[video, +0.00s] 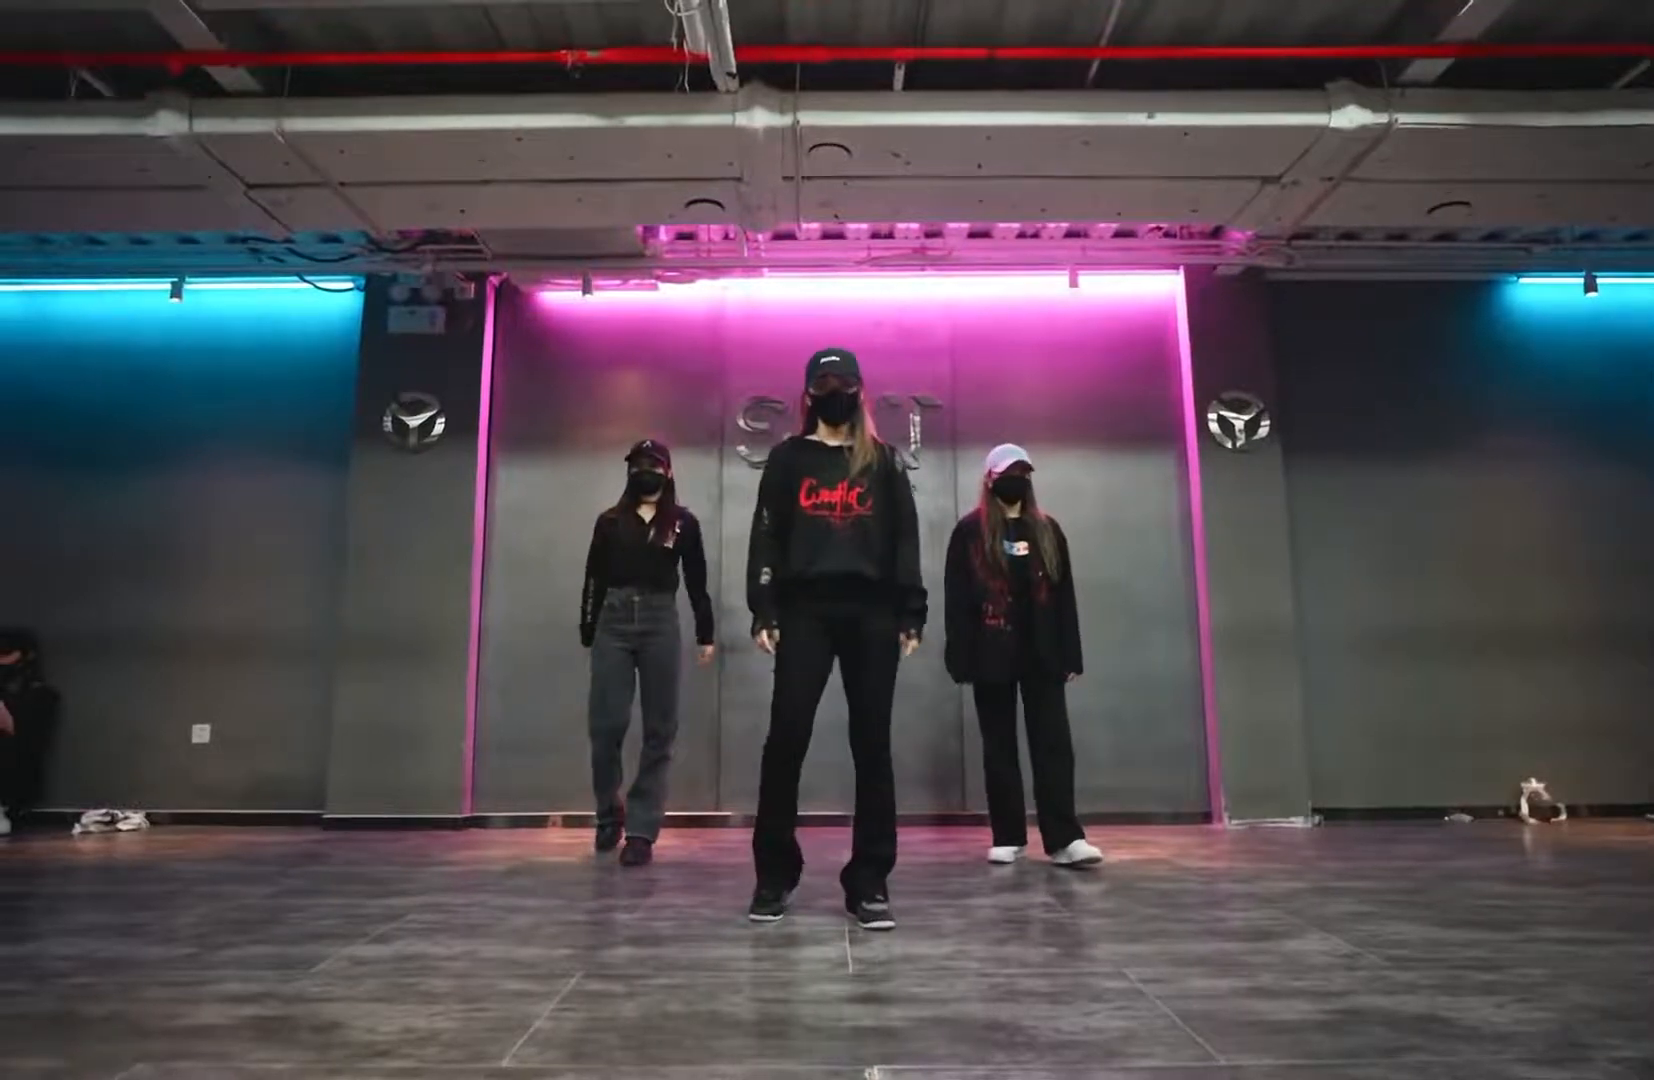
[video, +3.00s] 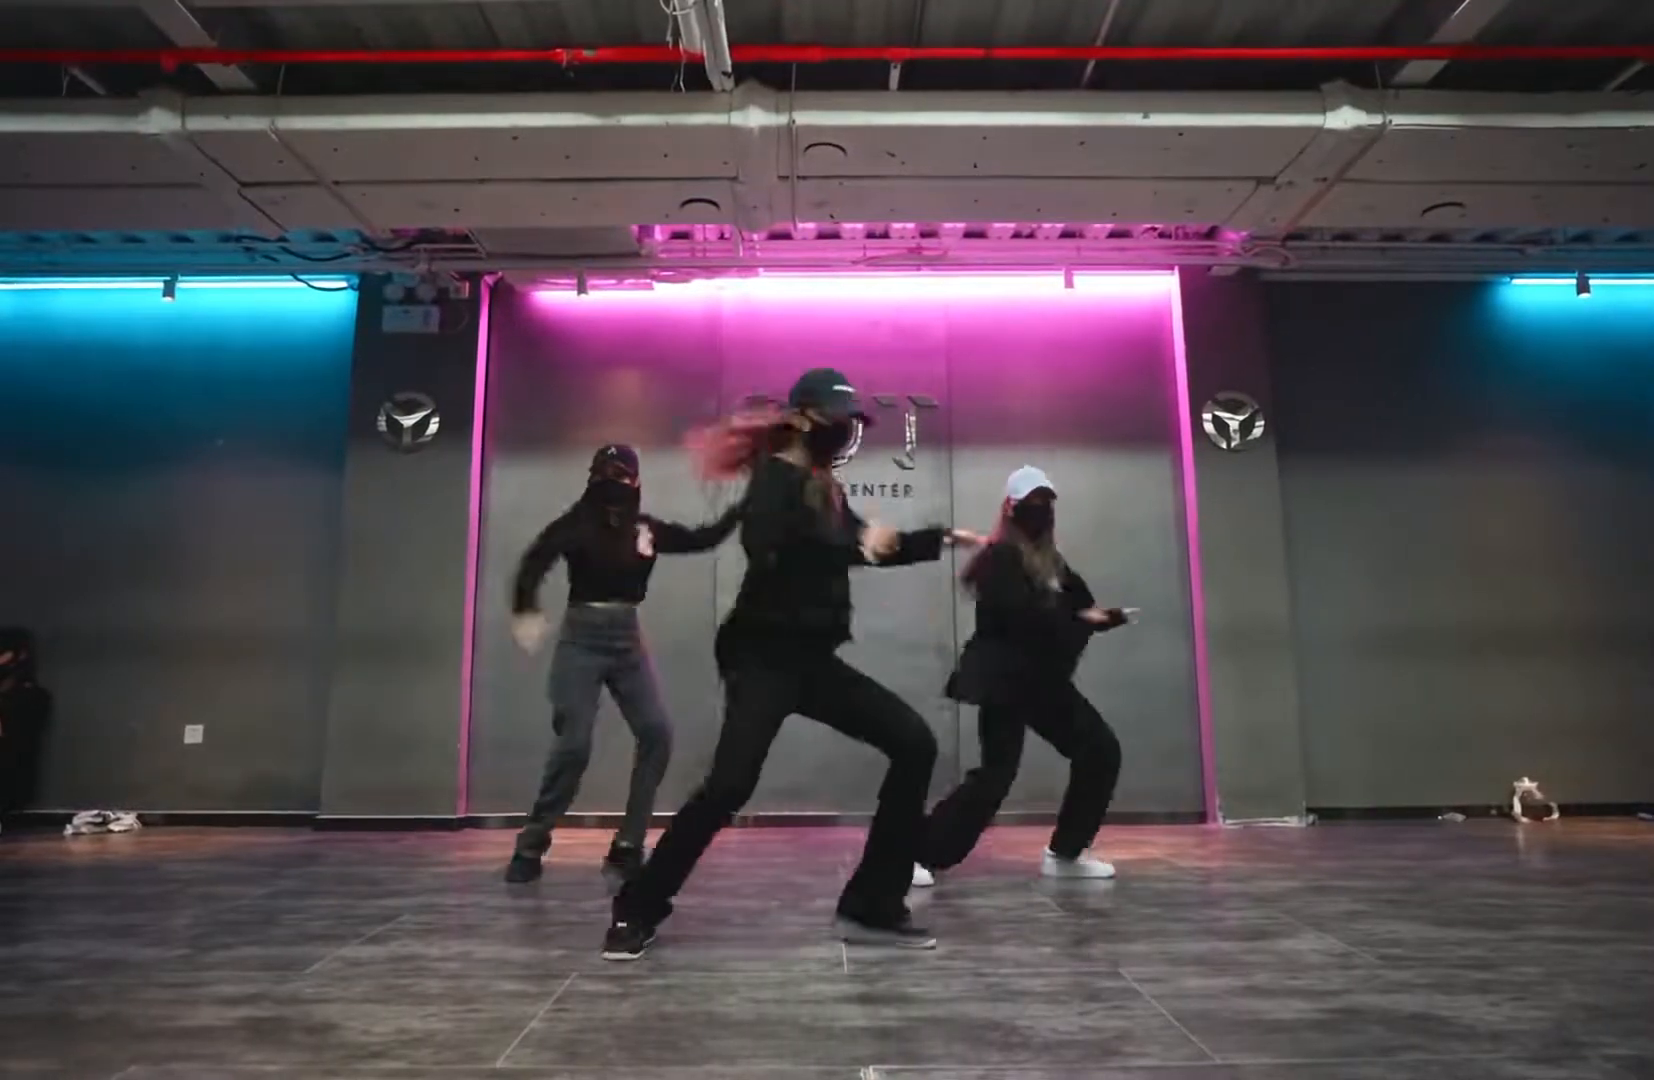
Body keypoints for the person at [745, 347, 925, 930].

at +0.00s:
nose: (835, 392)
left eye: (844, 384)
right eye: (825, 384)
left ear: (858, 390)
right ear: (810, 391)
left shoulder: (883, 461)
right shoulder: (787, 458)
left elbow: (906, 542)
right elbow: (764, 539)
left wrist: (910, 613)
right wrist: (763, 610)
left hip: (873, 618)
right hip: (804, 616)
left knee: (872, 749)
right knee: (785, 744)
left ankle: (869, 884)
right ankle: (773, 878)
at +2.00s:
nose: (830, 402)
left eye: (838, 393)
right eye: (820, 393)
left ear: (852, 399)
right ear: (804, 401)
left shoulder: (875, 467)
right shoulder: (781, 468)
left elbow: (900, 548)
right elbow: (761, 551)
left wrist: (899, 617)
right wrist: (765, 621)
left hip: (866, 620)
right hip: (800, 620)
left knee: (872, 742)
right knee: (807, 748)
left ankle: (883, 869)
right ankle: (812, 877)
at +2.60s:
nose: (824, 413)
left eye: (834, 403)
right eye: (814, 403)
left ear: (847, 410)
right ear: (798, 410)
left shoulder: (865, 479)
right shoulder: (772, 475)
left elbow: (909, 532)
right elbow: (748, 544)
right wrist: (694, 564)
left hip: (853, 643)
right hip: (786, 641)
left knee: (871, 763)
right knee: (734, 741)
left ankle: (880, 874)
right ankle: (721, 871)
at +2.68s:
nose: (813, 422)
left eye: (823, 412)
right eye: (803, 411)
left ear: (839, 421)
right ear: (788, 418)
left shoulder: (845, 485)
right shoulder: (763, 485)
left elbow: (837, 537)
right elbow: (710, 546)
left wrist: (782, 536)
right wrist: (646, 561)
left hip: (845, 650)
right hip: (779, 651)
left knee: (869, 765)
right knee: (719, 759)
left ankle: (882, 873)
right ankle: (653, 892)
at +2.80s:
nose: (768, 422)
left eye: (778, 412)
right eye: (757, 413)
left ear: (797, 420)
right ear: (743, 425)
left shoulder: (829, 487)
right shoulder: (733, 493)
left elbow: (853, 548)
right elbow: (698, 562)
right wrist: (652, 577)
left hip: (827, 655)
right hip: (760, 656)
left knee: (869, 771)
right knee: (702, 768)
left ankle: (881, 864)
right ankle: (635, 908)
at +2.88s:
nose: (772, 423)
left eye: (782, 413)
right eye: (760, 412)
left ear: (800, 421)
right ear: (743, 421)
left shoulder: (826, 493)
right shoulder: (727, 488)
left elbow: (901, 552)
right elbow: (713, 561)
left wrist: (962, 555)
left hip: (821, 665)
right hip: (751, 666)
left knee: (903, 759)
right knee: (704, 776)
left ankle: (868, 858)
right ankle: (635, 909)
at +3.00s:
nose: (848, 435)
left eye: (851, 424)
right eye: (839, 423)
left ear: (837, 426)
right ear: (806, 419)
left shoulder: (824, 487)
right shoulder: (777, 475)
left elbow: (866, 547)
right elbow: (763, 541)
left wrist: (940, 539)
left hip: (811, 661)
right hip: (762, 660)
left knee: (914, 742)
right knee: (730, 788)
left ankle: (873, 901)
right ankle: (635, 912)